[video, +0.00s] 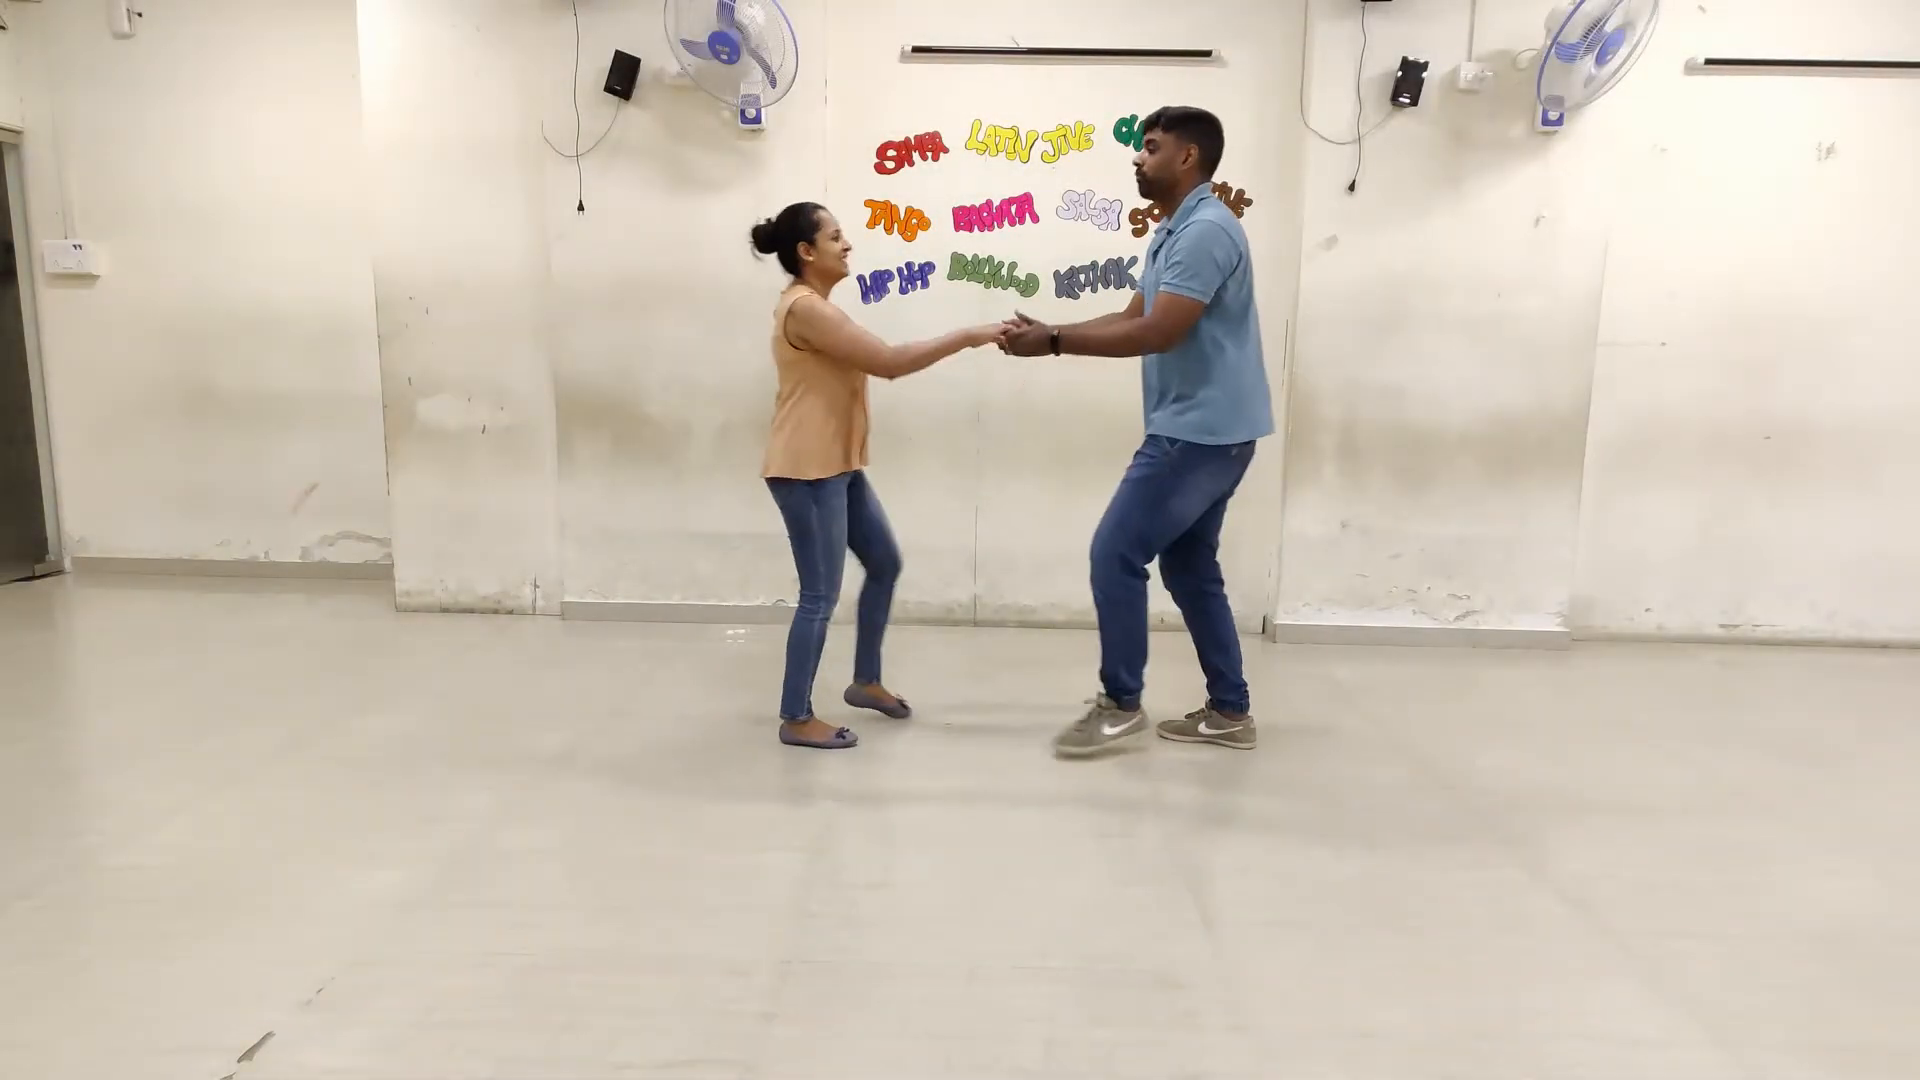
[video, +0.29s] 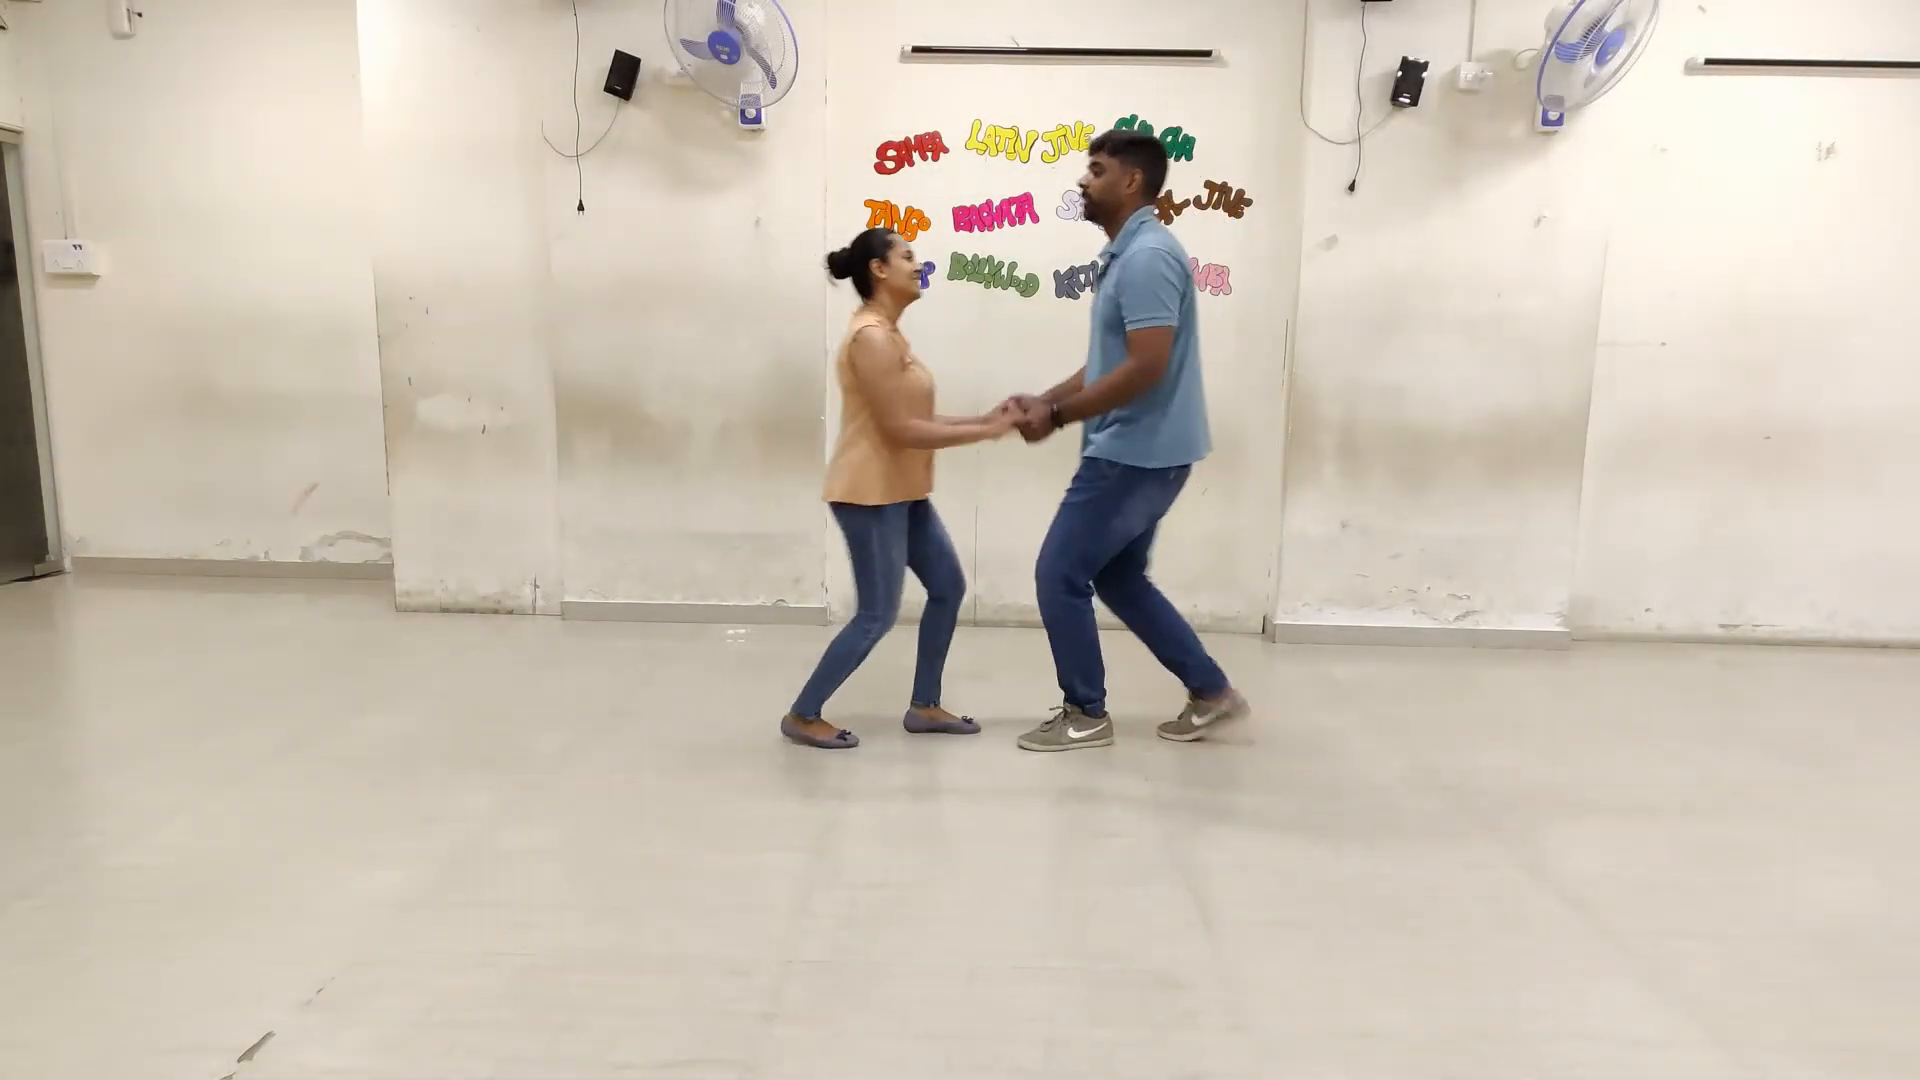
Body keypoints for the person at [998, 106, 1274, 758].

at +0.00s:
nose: (1138, 159)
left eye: (1152, 149)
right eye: (1142, 148)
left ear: (1191, 158)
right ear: (1182, 160)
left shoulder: (1204, 228)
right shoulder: (1175, 230)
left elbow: (1161, 331)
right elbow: (1135, 321)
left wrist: (1056, 338)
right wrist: (1050, 335)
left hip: (1199, 432)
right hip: (1206, 430)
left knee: (1115, 551)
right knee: (1189, 568)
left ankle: (1120, 705)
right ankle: (1229, 711)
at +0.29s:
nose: (1084, 180)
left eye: (1097, 170)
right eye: (1087, 169)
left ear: (1134, 182)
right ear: (1129, 183)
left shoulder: (1147, 256)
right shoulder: (1133, 252)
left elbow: (1147, 367)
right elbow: (1110, 361)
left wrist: (1057, 412)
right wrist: (1047, 402)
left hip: (1135, 451)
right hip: (1149, 448)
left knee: (1060, 573)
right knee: (1117, 579)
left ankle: (1085, 713)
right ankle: (1213, 693)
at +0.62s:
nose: (1033, 160)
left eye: (1046, 149)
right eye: (1036, 149)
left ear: (1086, 161)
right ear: (1080, 163)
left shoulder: (1098, 228)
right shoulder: (1091, 223)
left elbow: (1128, 327)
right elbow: (1113, 329)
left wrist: (1041, 364)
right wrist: (1039, 363)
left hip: (1103, 431)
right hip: (1099, 427)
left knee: (1057, 566)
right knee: (1066, 563)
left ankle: (1086, 713)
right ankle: (1080, 692)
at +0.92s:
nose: (1100, 175)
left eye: (1114, 167)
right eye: (1104, 165)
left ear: (1153, 180)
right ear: (1131, 178)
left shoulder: (1170, 251)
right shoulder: (1127, 254)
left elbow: (1161, 352)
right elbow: (1083, 341)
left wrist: (1064, 377)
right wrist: (1002, 363)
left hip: (1158, 450)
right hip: (1135, 446)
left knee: (1075, 569)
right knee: (1116, 573)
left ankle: (1082, 713)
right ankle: (1222, 673)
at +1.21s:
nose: (1178, 176)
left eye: (1192, 168)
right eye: (1182, 165)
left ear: (1229, 180)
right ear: (1225, 182)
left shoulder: (1232, 240)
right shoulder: (1242, 240)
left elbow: (1160, 334)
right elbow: (1202, 348)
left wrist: (1063, 323)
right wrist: (1130, 392)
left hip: (1232, 438)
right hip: (1262, 438)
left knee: (1149, 560)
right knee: (1209, 571)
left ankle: (1157, 721)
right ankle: (1259, 708)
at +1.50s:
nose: (1184, 179)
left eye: (1199, 169)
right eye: (1188, 168)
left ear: (1239, 182)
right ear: (1226, 183)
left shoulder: (1245, 243)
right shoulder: (1225, 245)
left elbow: (1187, 340)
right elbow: (1199, 346)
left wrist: (1096, 323)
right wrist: (1139, 393)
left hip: (1259, 435)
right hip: (1248, 433)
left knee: (1162, 557)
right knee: (1213, 575)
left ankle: (1132, 712)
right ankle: (1281, 703)